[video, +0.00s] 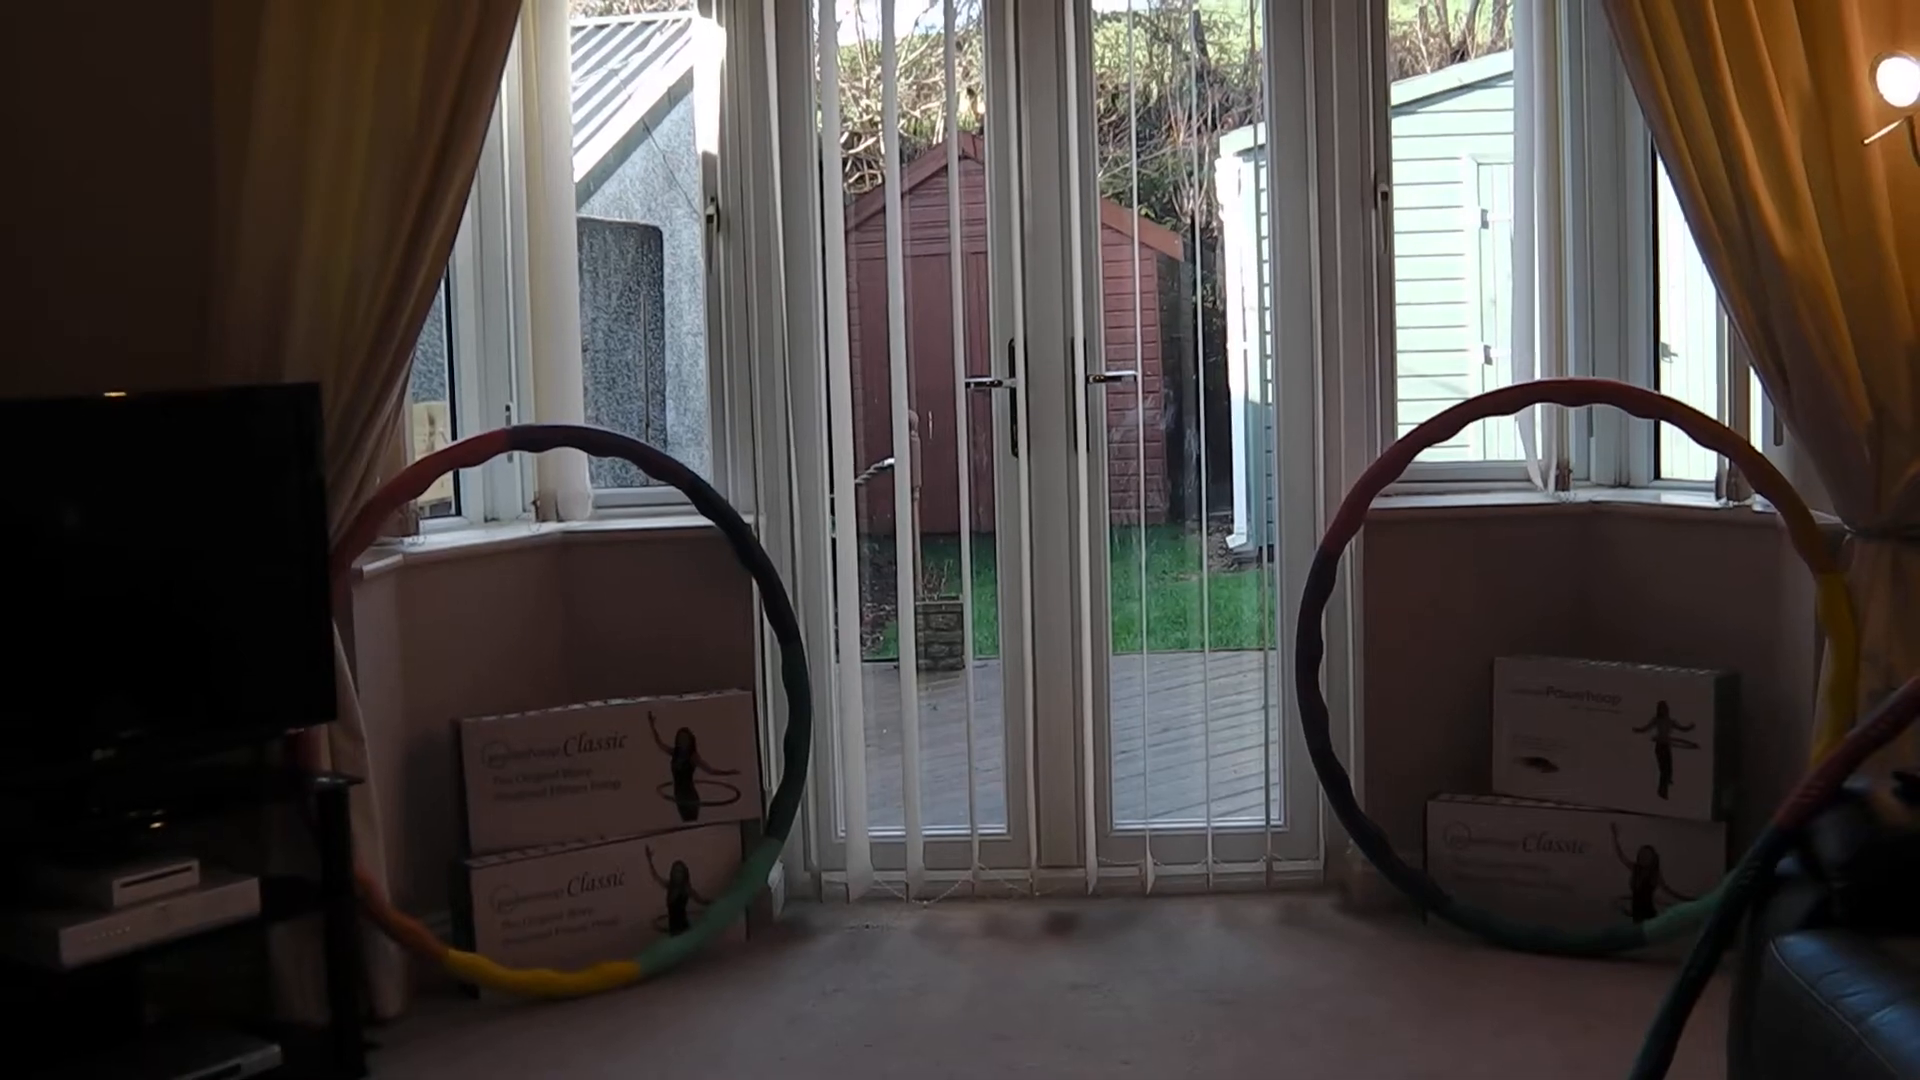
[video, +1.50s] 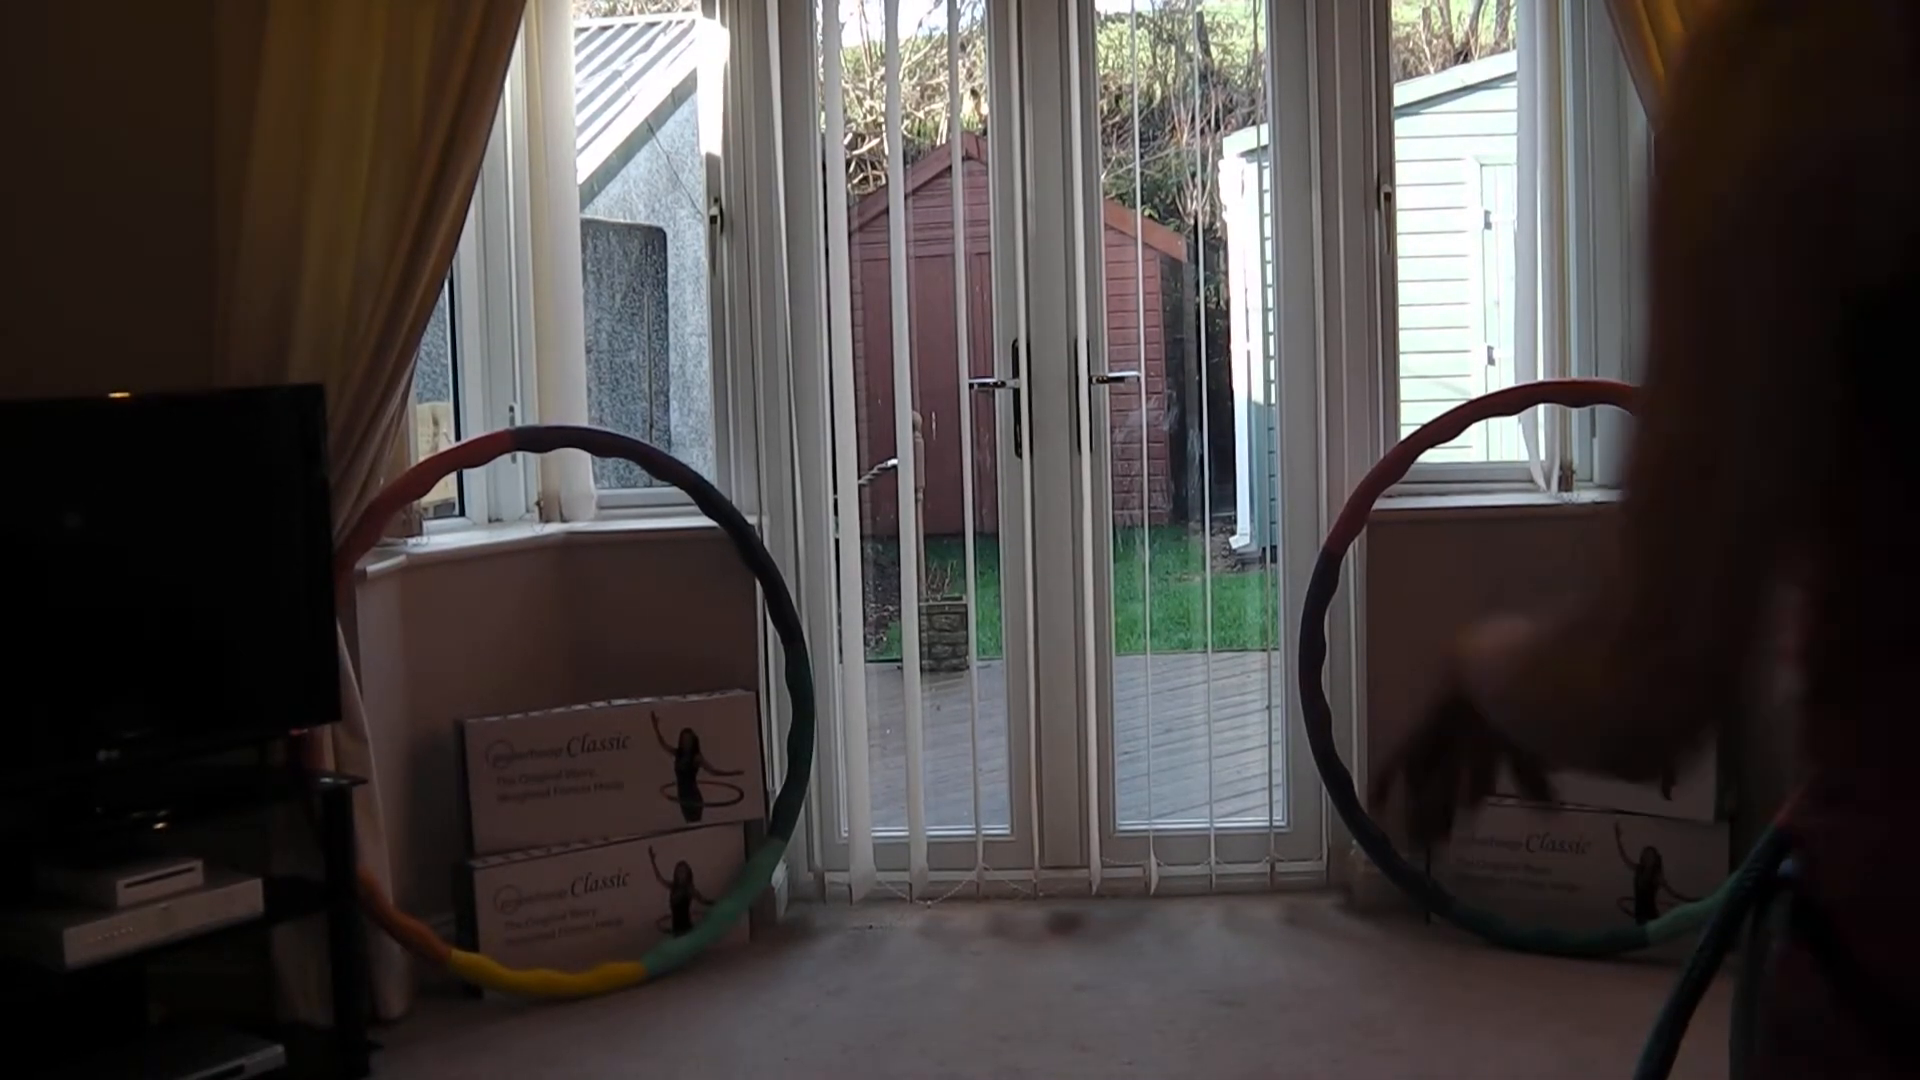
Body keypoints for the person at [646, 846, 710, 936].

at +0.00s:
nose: (677, 875)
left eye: (680, 871)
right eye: (675, 871)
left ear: (685, 873)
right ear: (672, 873)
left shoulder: (687, 889)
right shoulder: (670, 886)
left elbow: (700, 901)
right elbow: (655, 876)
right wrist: (649, 860)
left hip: (684, 924)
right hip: (672, 924)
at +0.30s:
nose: (680, 876)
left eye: (683, 872)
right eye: (678, 872)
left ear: (688, 874)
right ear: (674, 874)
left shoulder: (689, 890)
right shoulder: (673, 887)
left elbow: (702, 901)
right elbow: (658, 877)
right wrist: (652, 861)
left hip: (686, 924)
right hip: (675, 924)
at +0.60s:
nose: (680, 875)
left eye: (683, 872)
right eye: (678, 872)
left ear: (688, 874)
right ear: (674, 873)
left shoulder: (689, 890)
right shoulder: (672, 887)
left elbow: (702, 901)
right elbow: (658, 877)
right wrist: (652, 860)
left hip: (686, 924)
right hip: (675, 924)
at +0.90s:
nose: (681, 875)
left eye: (684, 872)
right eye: (679, 872)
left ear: (688, 874)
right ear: (675, 874)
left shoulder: (690, 889)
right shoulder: (673, 887)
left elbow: (702, 901)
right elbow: (659, 878)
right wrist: (653, 860)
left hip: (686, 923)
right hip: (675, 923)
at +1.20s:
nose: (682, 874)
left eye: (684, 871)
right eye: (679, 871)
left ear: (688, 873)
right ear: (676, 873)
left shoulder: (690, 889)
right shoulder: (673, 887)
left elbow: (703, 901)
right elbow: (659, 878)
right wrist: (653, 860)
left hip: (686, 924)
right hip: (675, 924)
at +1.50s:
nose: (681, 874)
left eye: (683, 871)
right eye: (679, 871)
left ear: (688, 873)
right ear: (675, 873)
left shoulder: (690, 889)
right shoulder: (673, 886)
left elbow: (702, 901)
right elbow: (659, 878)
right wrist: (653, 861)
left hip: (687, 925)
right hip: (675, 925)